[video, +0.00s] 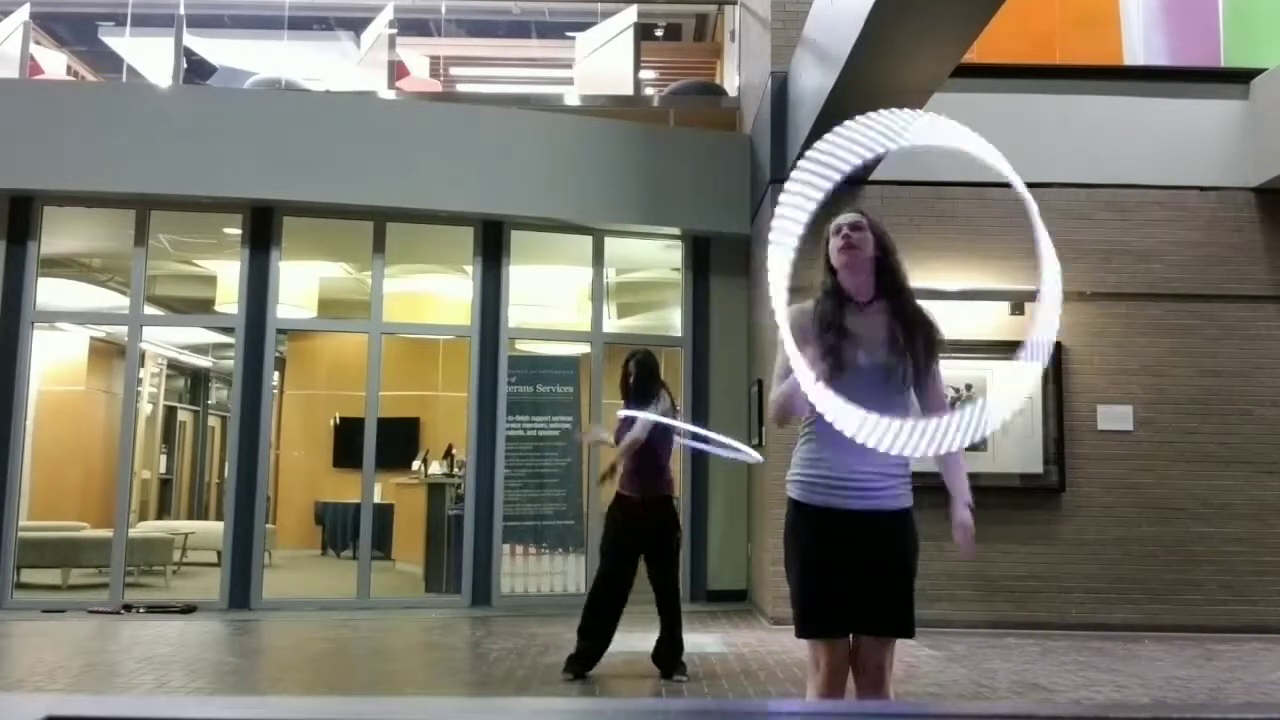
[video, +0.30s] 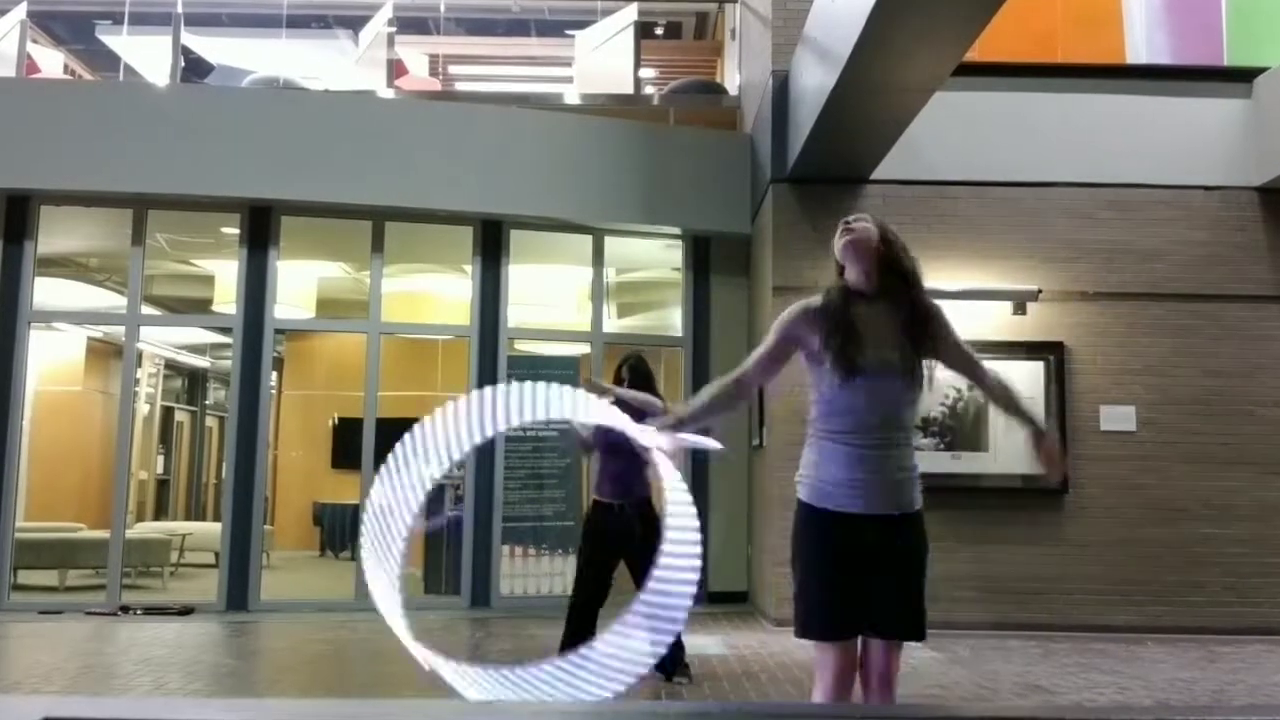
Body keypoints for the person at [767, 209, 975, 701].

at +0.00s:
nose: (847, 234)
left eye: (858, 228)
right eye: (837, 231)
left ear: (880, 249)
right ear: (827, 255)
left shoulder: (913, 327)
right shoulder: (805, 320)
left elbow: (939, 419)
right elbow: (779, 412)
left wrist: (961, 498)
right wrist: (808, 376)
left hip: (887, 510)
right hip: (817, 508)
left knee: (875, 670)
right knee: (828, 668)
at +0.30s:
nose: (847, 225)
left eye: (860, 223)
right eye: (842, 227)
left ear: (886, 250)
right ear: (838, 260)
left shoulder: (918, 316)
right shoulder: (808, 317)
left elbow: (982, 377)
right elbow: (741, 383)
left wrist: (1036, 428)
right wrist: (670, 422)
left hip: (896, 513)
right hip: (826, 511)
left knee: (882, 671)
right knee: (837, 670)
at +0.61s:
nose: (843, 246)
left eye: (852, 244)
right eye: (832, 248)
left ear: (872, 264)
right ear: (819, 271)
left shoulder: (908, 302)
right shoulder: (798, 310)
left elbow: (1003, 303)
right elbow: (700, 340)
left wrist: (1094, 307)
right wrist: (619, 348)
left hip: (907, 500)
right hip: (835, 503)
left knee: (928, 663)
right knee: (843, 663)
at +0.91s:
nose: (879, 271)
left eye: (888, 266)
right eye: (866, 262)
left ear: (897, 289)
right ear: (836, 281)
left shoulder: (923, 353)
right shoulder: (812, 353)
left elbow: (1015, 385)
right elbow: (719, 399)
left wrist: (1104, 405)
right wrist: (647, 381)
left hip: (924, 529)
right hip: (850, 538)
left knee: (1011, 672)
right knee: (860, 692)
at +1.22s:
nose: (1025, 375)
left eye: (1037, 372)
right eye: (1023, 359)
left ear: (1039, 382)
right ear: (997, 344)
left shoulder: (1018, 417)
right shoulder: (921, 378)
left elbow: (1039, 484)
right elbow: (840, 419)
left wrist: (1068, 546)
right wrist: (772, 463)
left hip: (955, 543)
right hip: (877, 536)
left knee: (1007, 684)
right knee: (864, 685)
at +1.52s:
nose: (1056, 314)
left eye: (1067, 306)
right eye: (1053, 299)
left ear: (1069, 304)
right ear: (1025, 279)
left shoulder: (1052, 345)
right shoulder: (944, 309)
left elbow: (1081, 442)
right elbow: (869, 374)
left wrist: (1145, 517)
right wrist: (803, 423)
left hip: (977, 518)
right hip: (900, 506)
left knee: (1022, 681)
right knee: (876, 677)